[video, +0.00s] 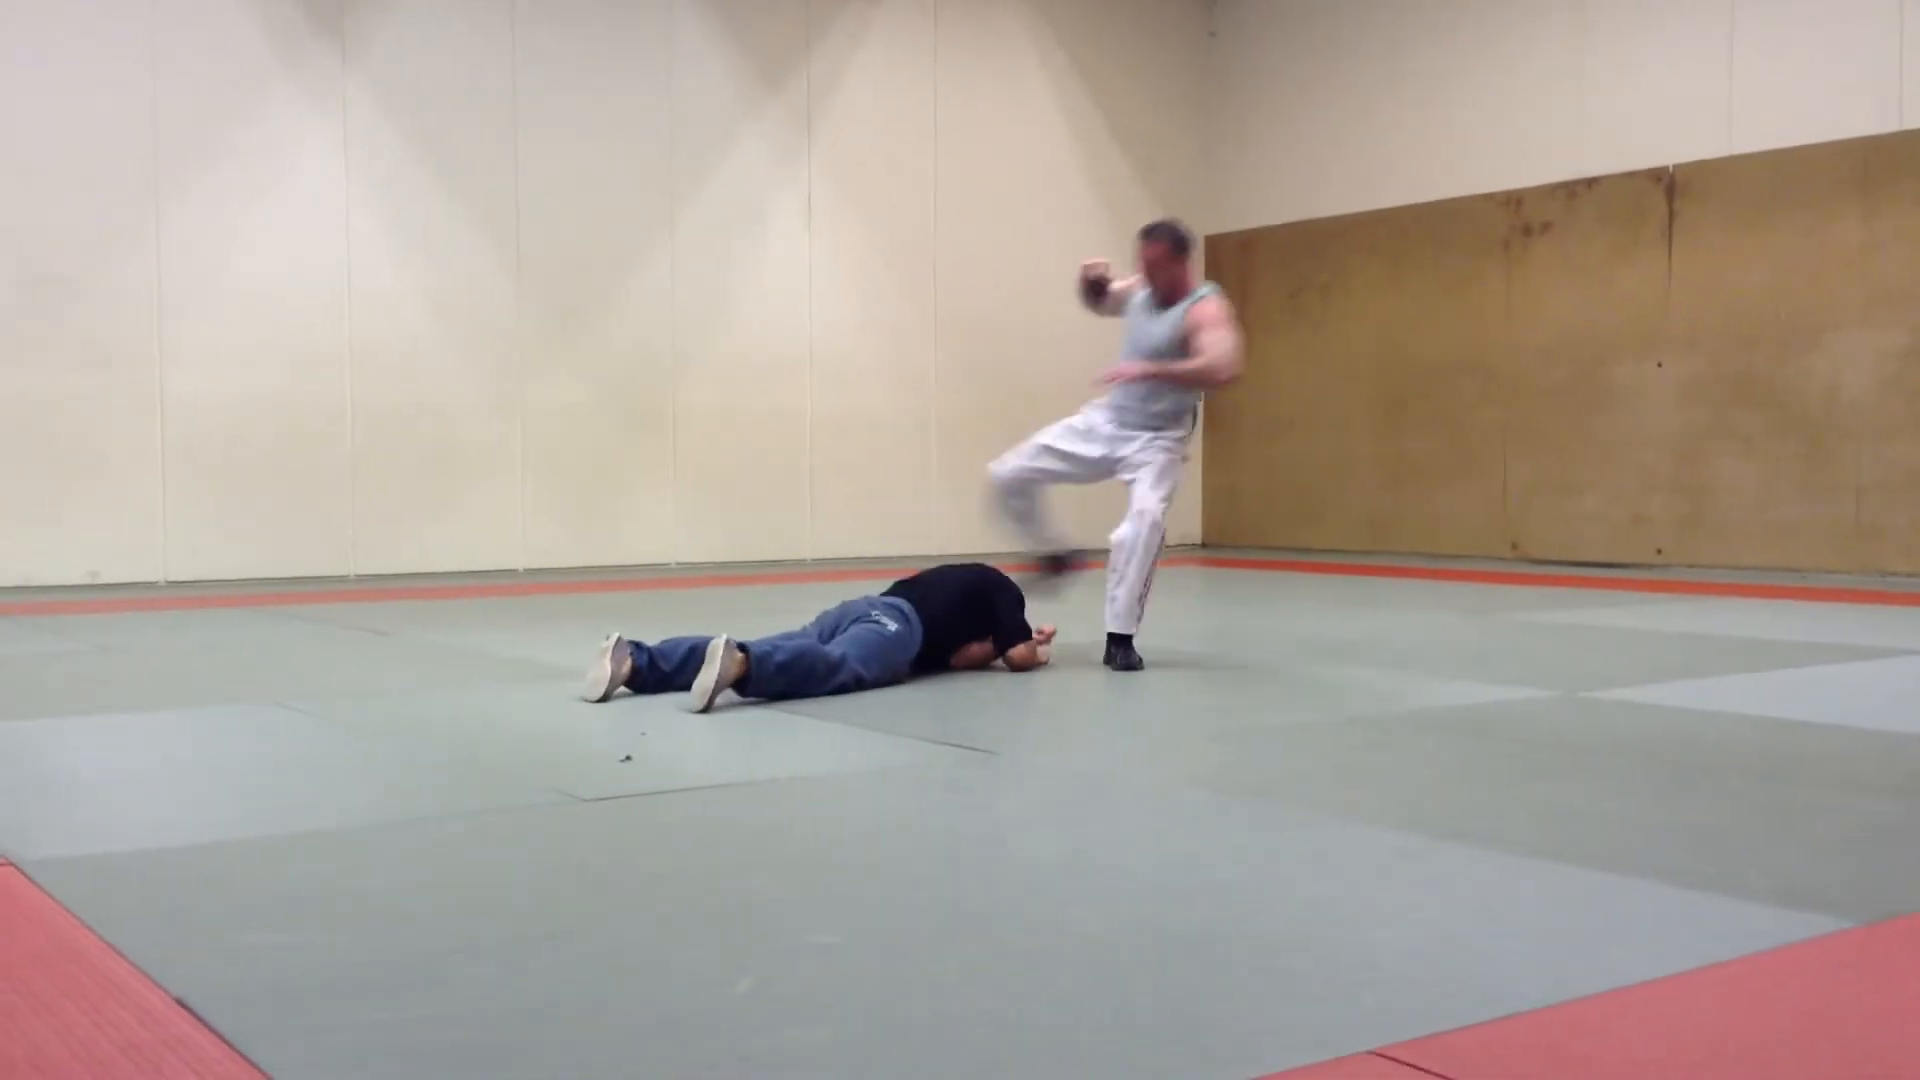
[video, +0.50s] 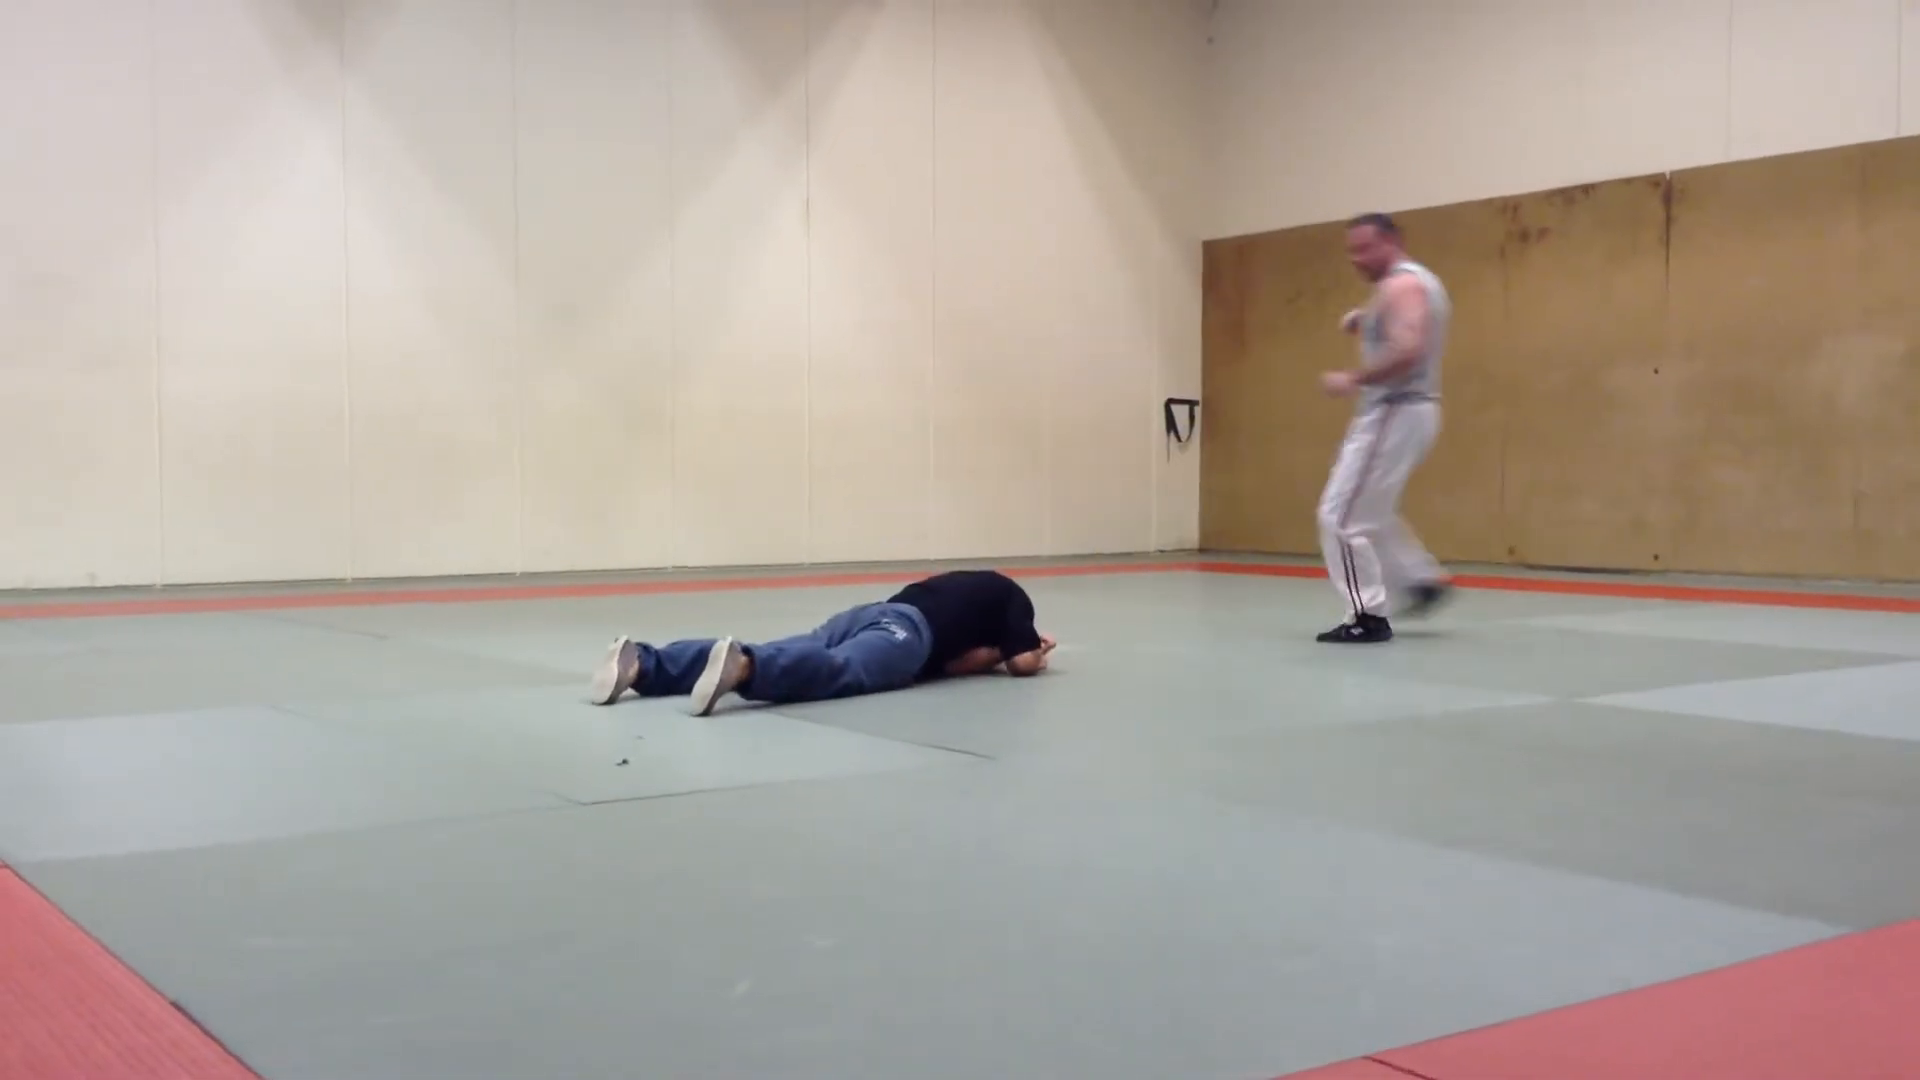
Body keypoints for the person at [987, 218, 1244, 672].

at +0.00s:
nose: (1148, 275)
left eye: (1156, 266)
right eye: (1146, 266)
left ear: (1183, 262)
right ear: (1144, 262)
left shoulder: (1207, 306)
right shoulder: (1143, 288)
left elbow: (1222, 364)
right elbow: (1103, 303)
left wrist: (1149, 370)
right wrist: (1093, 284)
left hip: (1158, 442)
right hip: (1105, 425)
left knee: (1144, 525)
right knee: (1008, 477)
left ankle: (1120, 637)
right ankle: (1054, 553)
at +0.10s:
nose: (1186, 246)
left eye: (1194, 237)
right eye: (1183, 237)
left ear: (1222, 232)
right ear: (1182, 235)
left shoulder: (1251, 280)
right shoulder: (1181, 271)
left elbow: (1281, 345)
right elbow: (1146, 297)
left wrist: (1219, 344)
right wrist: (1109, 300)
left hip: (1198, 416)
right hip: (1154, 406)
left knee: (1170, 516)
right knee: (1097, 490)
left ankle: (1146, 624)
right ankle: (1168, 574)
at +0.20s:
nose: (1223, 239)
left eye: (1231, 230)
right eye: (1219, 230)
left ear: (1259, 227)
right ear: (1220, 231)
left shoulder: (1285, 279)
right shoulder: (1221, 280)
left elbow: (1294, 343)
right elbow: (1200, 337)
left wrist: (1237, 313)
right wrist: (1165, 363)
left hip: (1250, 411)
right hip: (1209, 409)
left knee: (1206, 501)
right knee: (1175, 508)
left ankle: (1226, 605)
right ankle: (1205, 614)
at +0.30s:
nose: (1262, 236)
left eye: (1270, 225)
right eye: (1258, 227)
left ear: (1296, 223)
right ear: (1259, 229)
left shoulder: (1320, 264)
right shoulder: (1278, 275)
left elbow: (1307, 320)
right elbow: (1285, 340)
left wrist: (1249, 299)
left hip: (1302, 403)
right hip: (1261, 402)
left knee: (1266, 508)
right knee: (1225, 503)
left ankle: (1319, 575)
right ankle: (1206, 613)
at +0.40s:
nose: (1302, 246)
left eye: (1309, 236)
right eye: (1301, 236)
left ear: (1336, 230)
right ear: (1325, 233)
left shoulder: (1358, 270)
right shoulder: (1332, 273)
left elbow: (1345, 325)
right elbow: (1335, 334)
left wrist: (1279, 335)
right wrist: (1292, 340)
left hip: (1354, 408)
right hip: (1322, 406)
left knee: (1322, 516)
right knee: (1274, 495)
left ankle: (1365, 606)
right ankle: (1273, 601)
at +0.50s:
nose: (1358, 260)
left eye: (1364, 248)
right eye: (1354, 251)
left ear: (1390, 243)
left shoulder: (1403, 286)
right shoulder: (1414, 280)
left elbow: (1408, 348)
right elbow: (1396, 317)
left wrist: (1357, 378)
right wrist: (1366, 318)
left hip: (1396, 413)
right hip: (1413, 411)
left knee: (1340, 514)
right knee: (1372, 509)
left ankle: (1368, 616)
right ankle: (1421, 581)